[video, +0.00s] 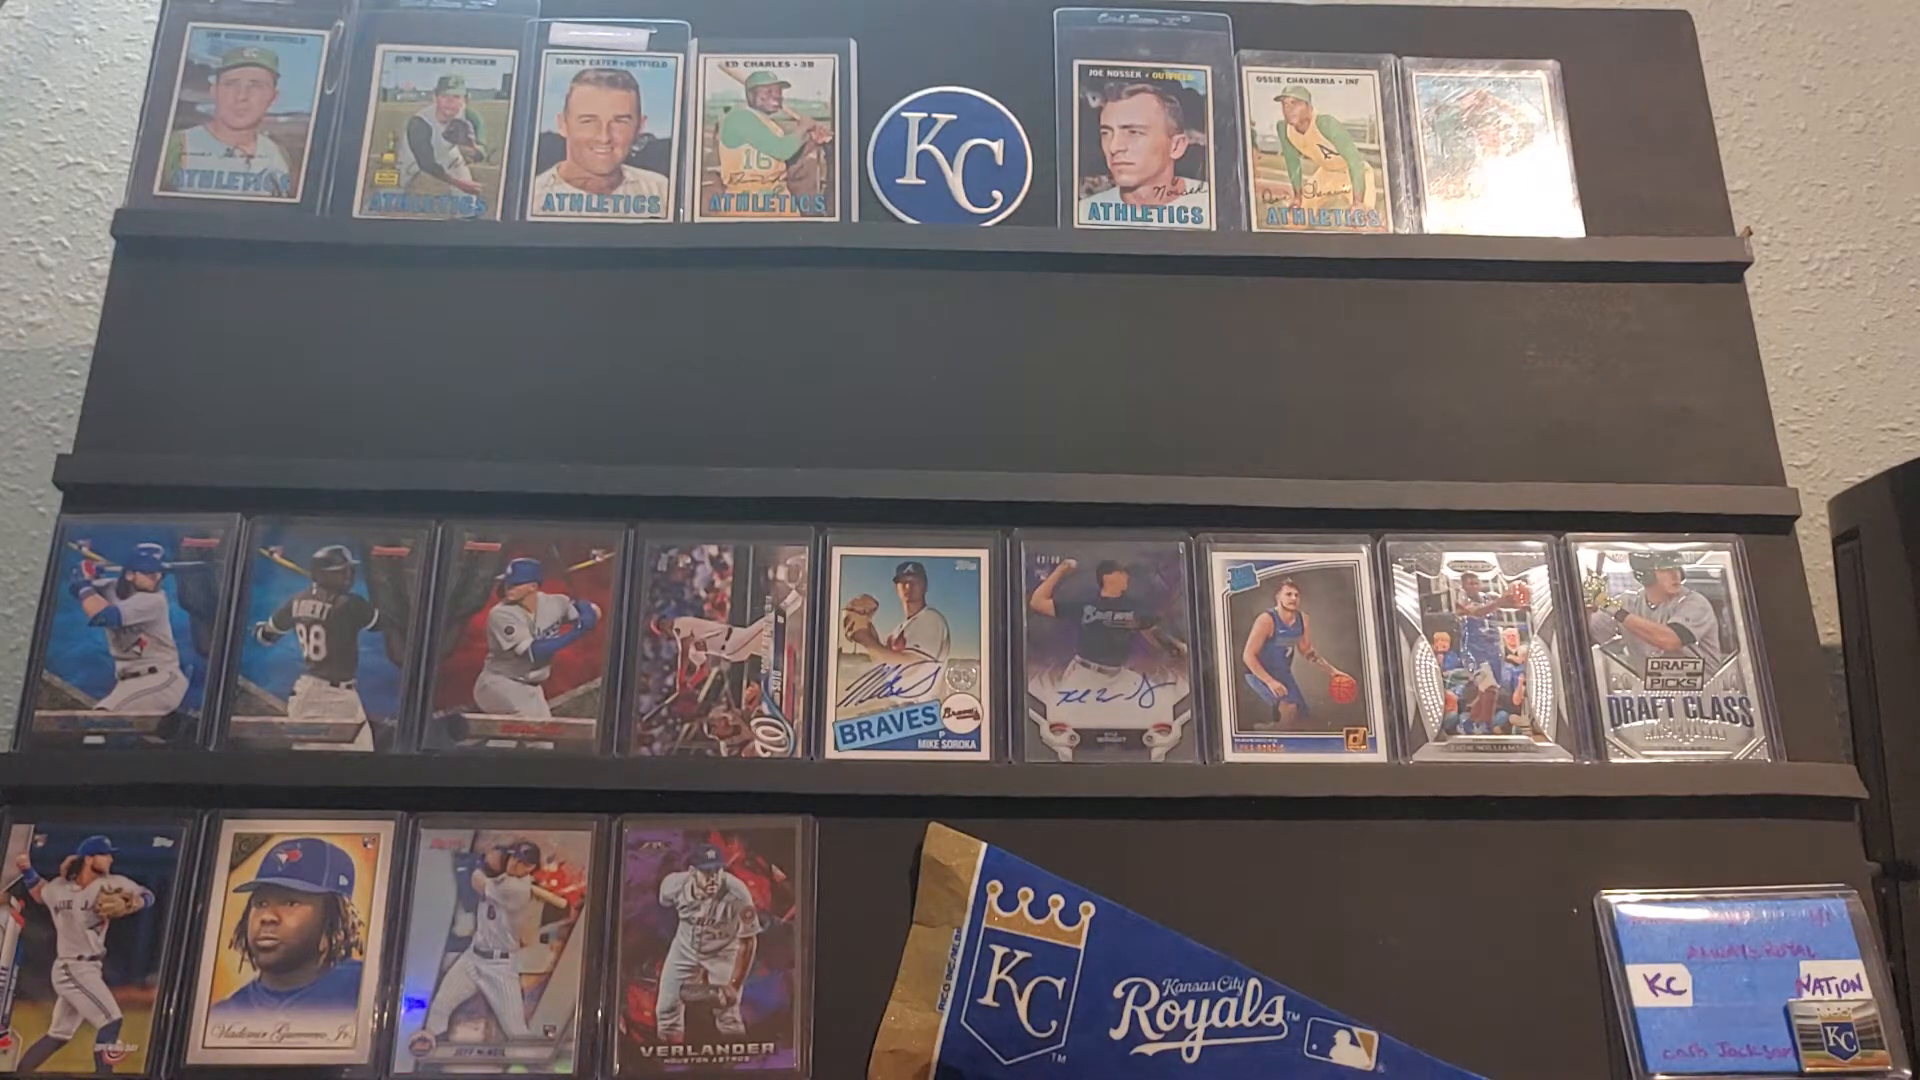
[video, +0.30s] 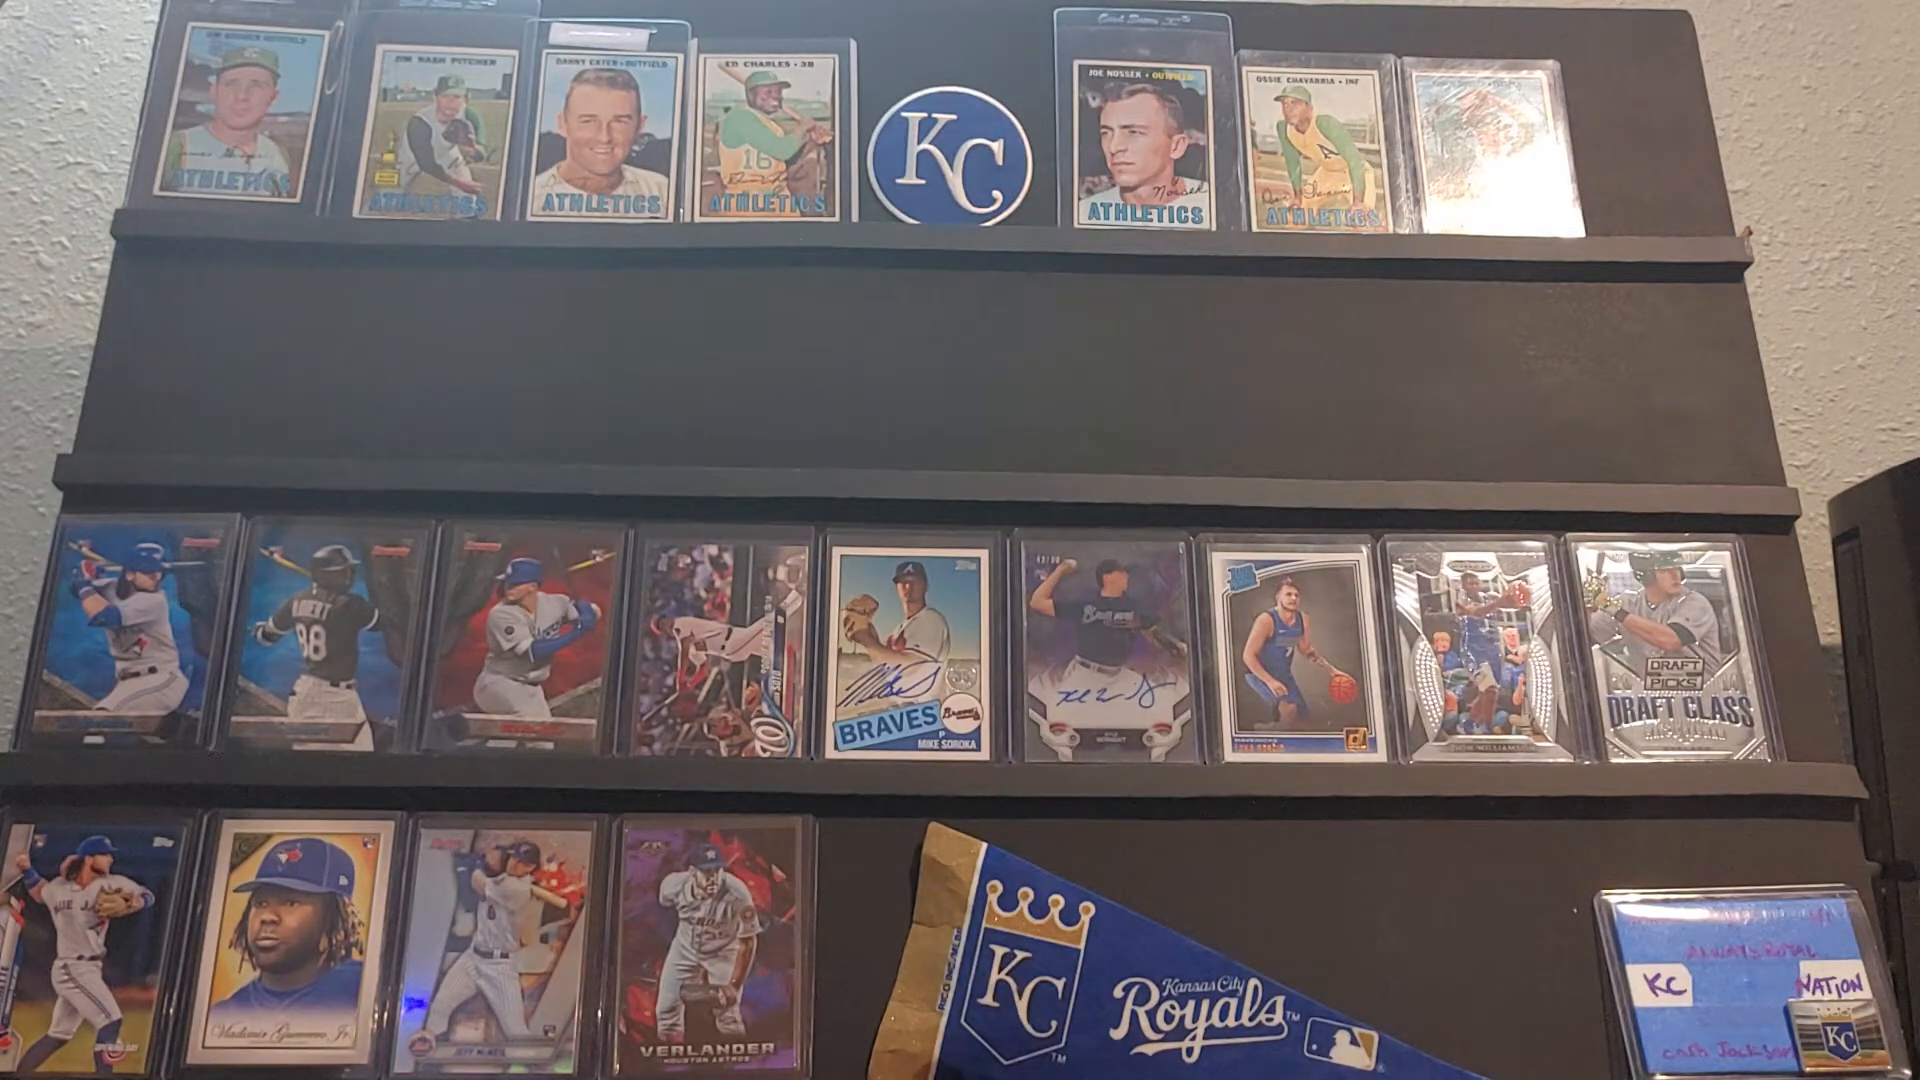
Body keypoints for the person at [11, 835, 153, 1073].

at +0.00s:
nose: (110, 859)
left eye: (110, 855)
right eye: (105, 855)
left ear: (96, 861)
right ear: (89, 859)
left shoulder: (111, 884)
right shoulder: (58, 888)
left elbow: (149, 896)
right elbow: (39, 892)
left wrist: (131, 904)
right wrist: (27, 869)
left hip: (90, 969)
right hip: (71, 969)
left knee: (58, 1035)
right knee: (111, 1020)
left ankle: (19, 1073)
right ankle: (104, 1074)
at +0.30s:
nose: (110, 860)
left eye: (110, 855)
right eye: (105, 855)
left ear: (98, 861)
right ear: (89, 859)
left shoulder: (111, 884)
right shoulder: (58, 888)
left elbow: (148, 896)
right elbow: (40, 891)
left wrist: (133, 904)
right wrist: (27, 870)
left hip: (90, 968)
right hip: (70, 968)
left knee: (59, 1035)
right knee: (111, 1020)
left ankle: (19, 1073)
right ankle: (104, 1074)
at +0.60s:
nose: (110, 860)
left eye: (110, 855)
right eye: (105, 855)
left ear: (95, 861)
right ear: (89, 859)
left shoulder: (112, 884)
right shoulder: (58, 889)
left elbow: (149, 896)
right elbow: (39, 890)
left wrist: (129, 905)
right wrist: (27, 869)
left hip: (91, 969)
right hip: (71, 969)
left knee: (59, 1035)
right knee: (110, 1020)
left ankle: (18, 1073)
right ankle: (104, 1074)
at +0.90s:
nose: (110, 859)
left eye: (110, 855)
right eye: (105, 855)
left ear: (98, 861)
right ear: (89, 859)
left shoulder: (111, 884)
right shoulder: (58, 888)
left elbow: (148, 896)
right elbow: (40, 891)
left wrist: (131, 905)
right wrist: (27, 869)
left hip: (90, 969)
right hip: (71, 969)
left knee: (58, 1036)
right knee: (110, 1020)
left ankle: (18, 1073)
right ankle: (104, 1074)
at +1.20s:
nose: (110, 860)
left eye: (110, 855)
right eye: (105, 855)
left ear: (96, 861)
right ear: (89, 859)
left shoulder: (112, 883)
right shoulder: (58, 889)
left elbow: (149, 896)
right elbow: (39, 891)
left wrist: (129, 905)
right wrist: (27, 869)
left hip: (91, 969)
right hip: (71, 969)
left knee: (59, 1035)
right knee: (110, 1020)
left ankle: (19, 1072)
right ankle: (104, 1074)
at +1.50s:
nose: (110, 859)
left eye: (110, 855)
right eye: (105, 855)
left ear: (97, 861)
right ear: (89, 859)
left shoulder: (110, 884)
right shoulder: (58, 888)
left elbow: (148, 896)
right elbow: (40, 891)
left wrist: (129, 904)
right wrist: (27, 870)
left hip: (90, 969)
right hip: (71, 969)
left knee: (59, 1035)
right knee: (111, 1020)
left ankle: (19, 1072)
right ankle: (104, 1074)